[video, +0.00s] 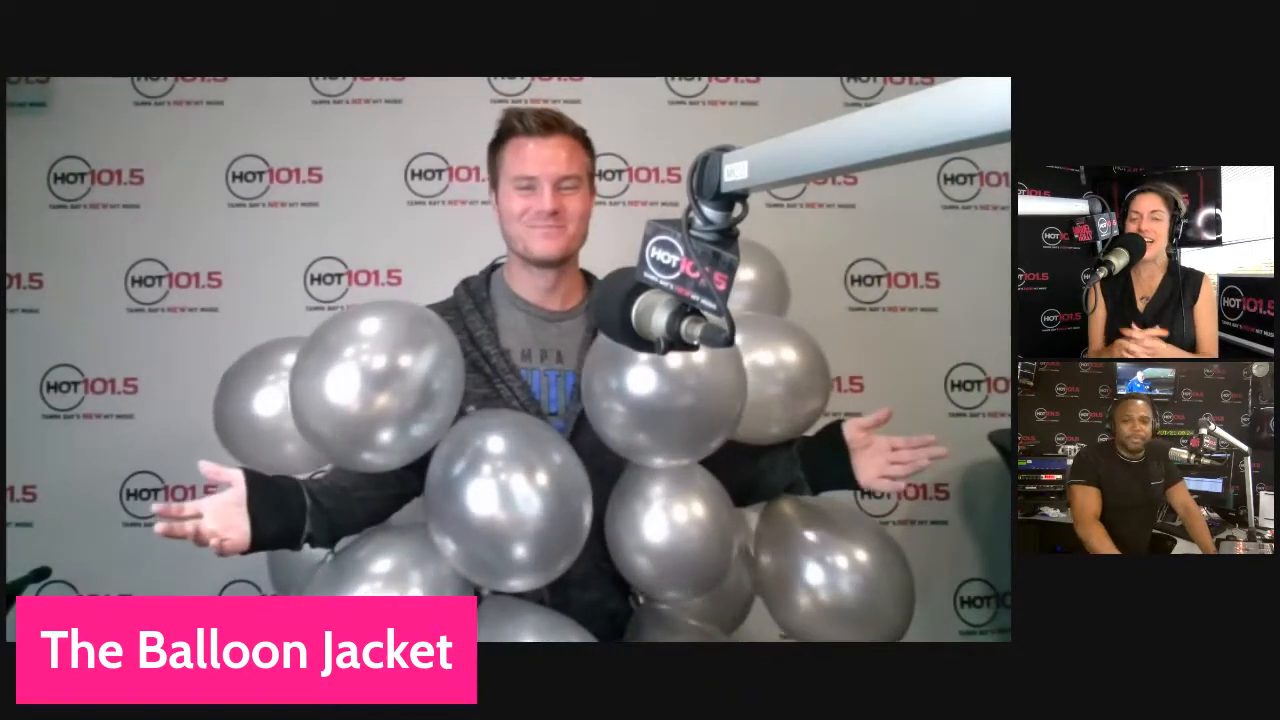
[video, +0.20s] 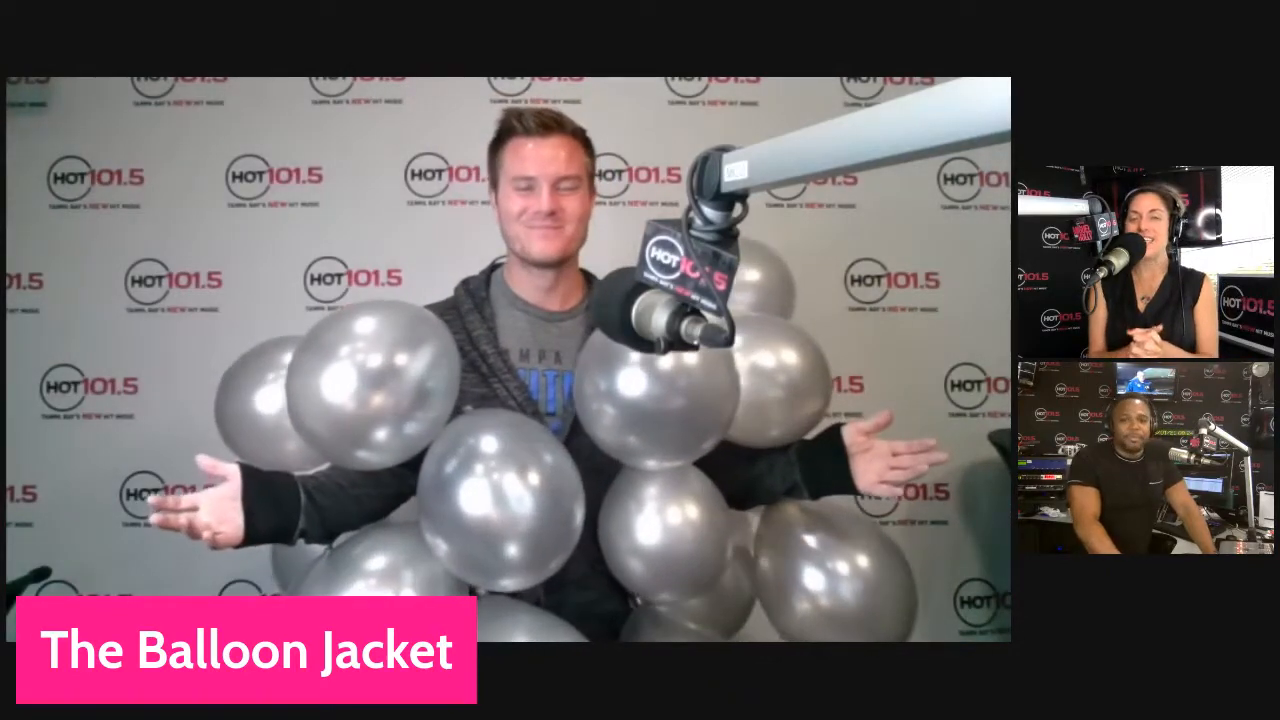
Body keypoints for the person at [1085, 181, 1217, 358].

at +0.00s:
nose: (1143, 227)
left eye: (1156, 218)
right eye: (1134, 218)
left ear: (1172, 227)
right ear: (1124, 225)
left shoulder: (1197, 285)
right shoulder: (1102, 287)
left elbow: (1209, 361)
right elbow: (1093, 355)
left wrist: (1163, 351)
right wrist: (1116, 350)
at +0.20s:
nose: (1142, 227)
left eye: (1155, 217)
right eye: (1134, 218)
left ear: (1172, 226)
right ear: (1124, 226)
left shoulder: (1197, 285)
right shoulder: (1103, 286)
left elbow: (1209, 362)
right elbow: (1095, 357)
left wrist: (1162, 349)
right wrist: (1130, 351)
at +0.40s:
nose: (1139, 227)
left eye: (1152, 217)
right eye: (1131, 219)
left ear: (1171, 226)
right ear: (1123, 228)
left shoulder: (1198, 286)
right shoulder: (1104, 287)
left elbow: (1211, 363)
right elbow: (1095, 357)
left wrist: (1164, 348)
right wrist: (1132, 351)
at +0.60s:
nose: (1139, 227)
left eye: (1151, 217)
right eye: (1130, 219)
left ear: (1170, 226)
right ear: (1122, 228)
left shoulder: (1198, 287)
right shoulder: (1104, 287)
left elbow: (1213, 362)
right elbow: (1096, 356)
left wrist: (1172, 354)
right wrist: (1133, 353)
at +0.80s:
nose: (1140, 226)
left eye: (1152, 217)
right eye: (1131, 218)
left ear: (1169, 226)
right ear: (1122, 228)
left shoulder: (1198, 286)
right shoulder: (1103, 287)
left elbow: (1212, 362)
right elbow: (1095, 357)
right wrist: (1133, 354)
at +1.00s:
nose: (1140, 227)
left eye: (1152, 217)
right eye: (1131, 219)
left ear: (1168, 226)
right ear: (1121, 228)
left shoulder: (1197, 287)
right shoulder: (1102, 288)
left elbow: (1212, 364)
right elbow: (1095, 358)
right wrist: (1133, 354)